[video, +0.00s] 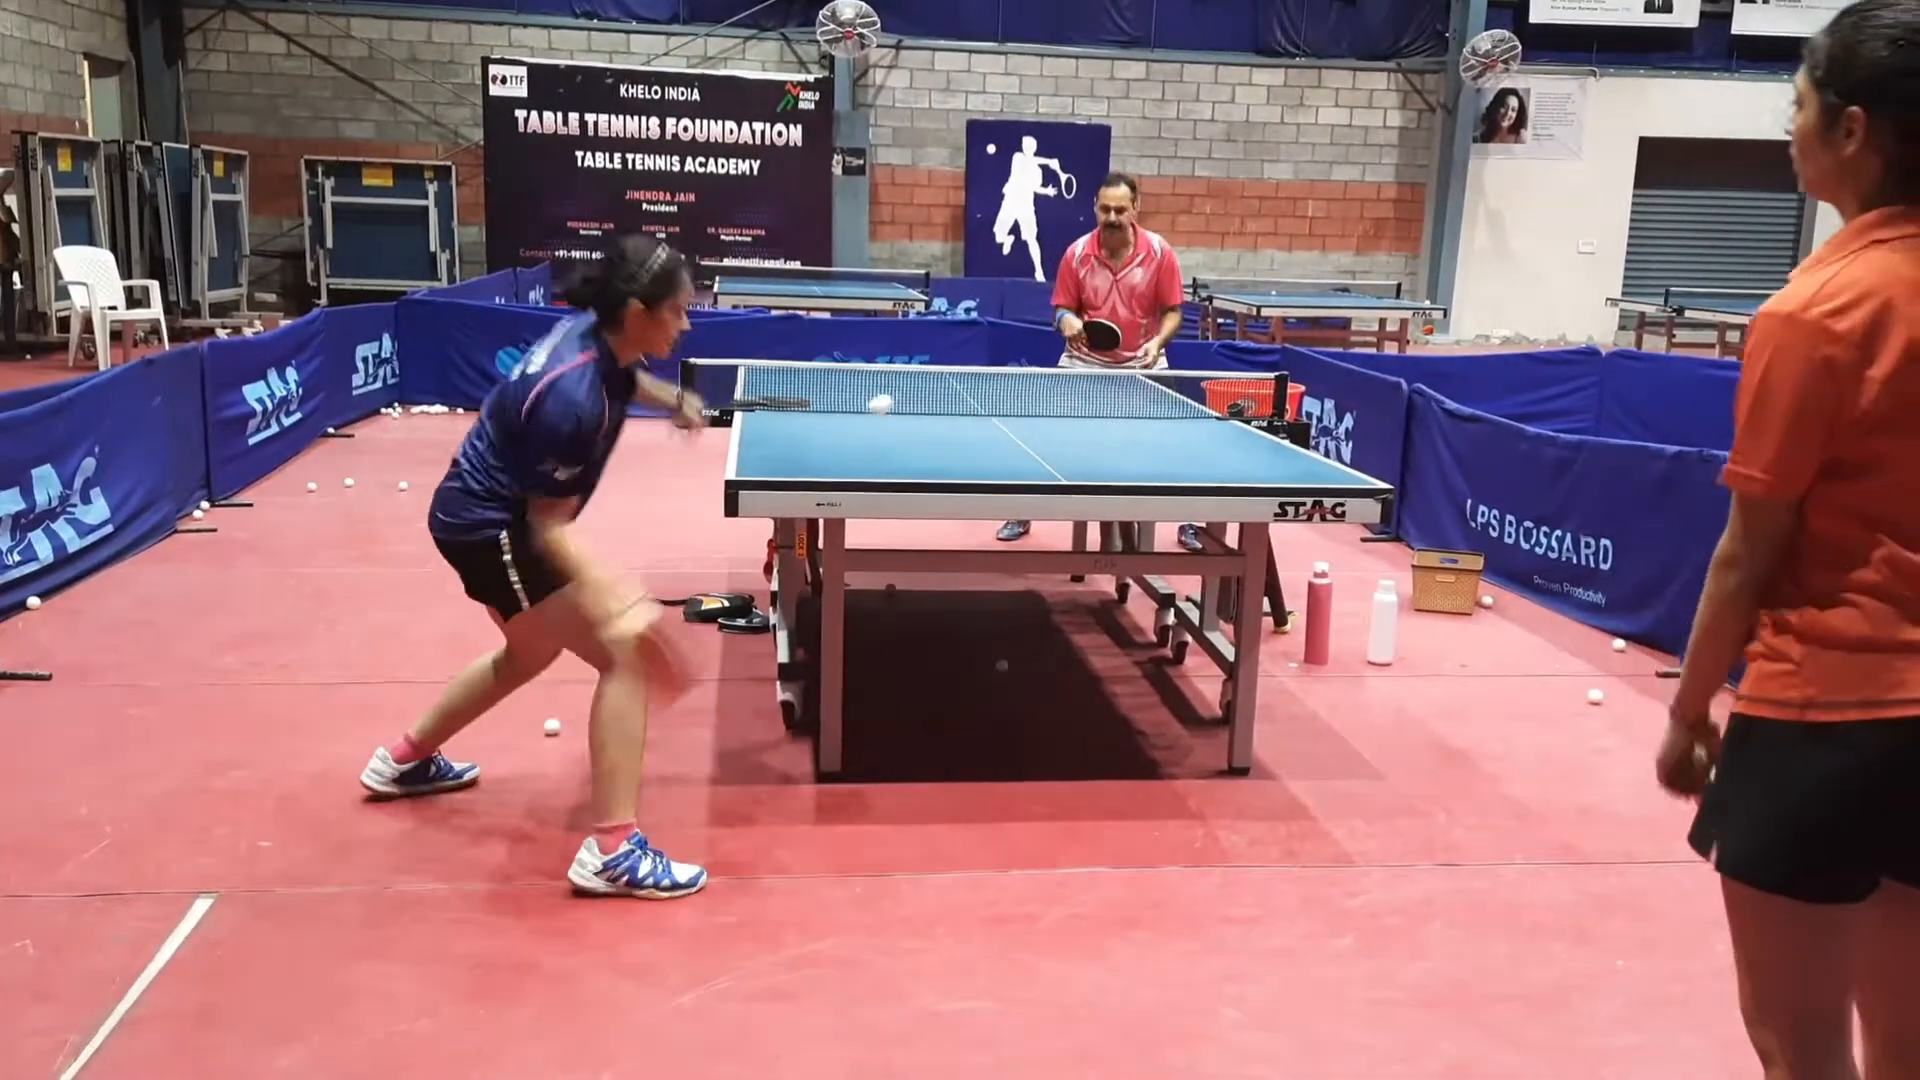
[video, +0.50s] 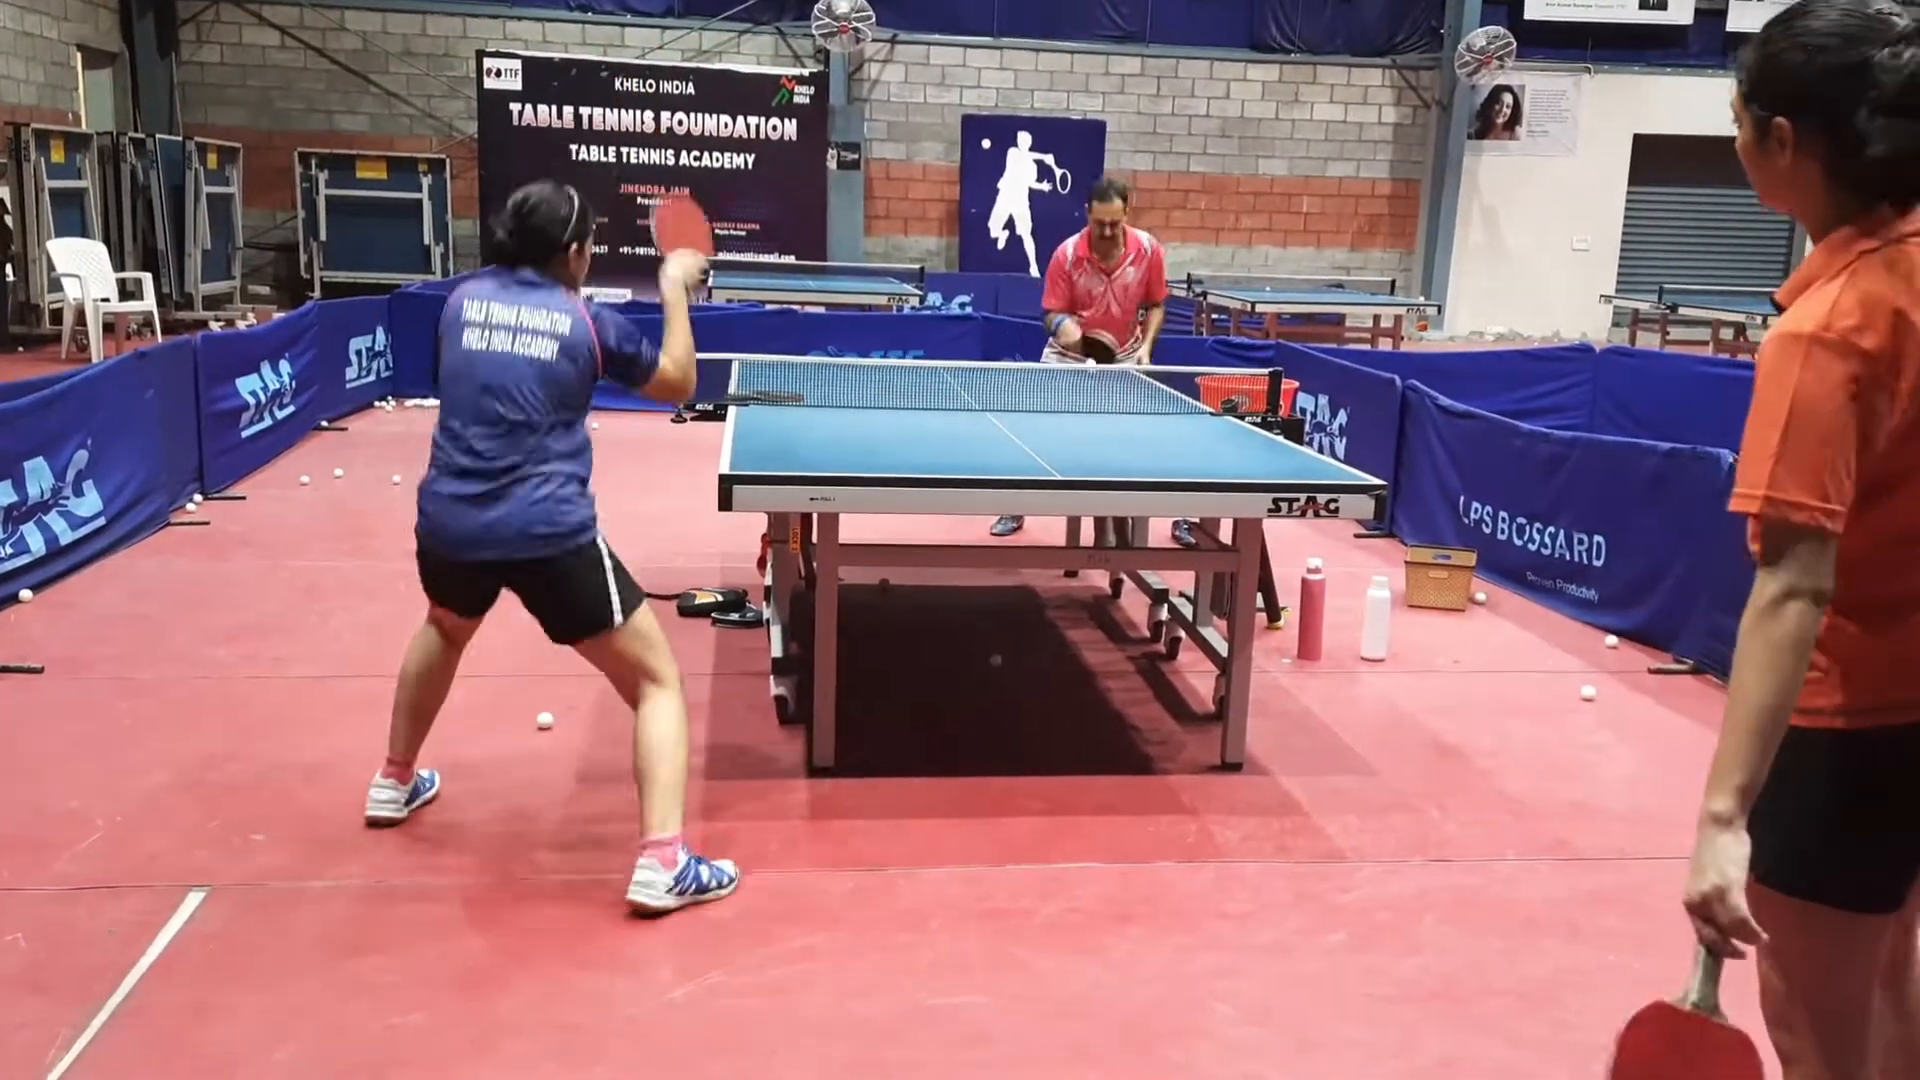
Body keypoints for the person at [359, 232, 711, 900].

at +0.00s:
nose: (685, 326)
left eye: (686, 311)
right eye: (679, 313)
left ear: (630, 310)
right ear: (635, 314)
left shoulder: (592, 328)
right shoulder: (574, 399)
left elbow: (616, 375)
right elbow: (550, 526)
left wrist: (675, 399)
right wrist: (615, 605)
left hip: (481, 512)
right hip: (490, 526)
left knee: (529, 651)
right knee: (627, 654)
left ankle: (404, 757)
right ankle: (614, 846)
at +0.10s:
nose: (656, 273)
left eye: (659, 258)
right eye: (650, 259)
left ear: (600, 249)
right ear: (606, 252)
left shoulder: (542, 279)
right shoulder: (576, 337)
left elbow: (596, 337)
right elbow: (661, 448)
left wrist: (681, 315)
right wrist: (750, 417)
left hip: (457, 494)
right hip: (499, 507)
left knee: (507, 632)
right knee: (628, 649)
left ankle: (403, 759)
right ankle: (613, 842)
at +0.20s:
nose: (647, 219)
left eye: (652, 208)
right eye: (641, 208)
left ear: (580, 202)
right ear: (598, 201)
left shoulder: (518, 235)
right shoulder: (601, 269)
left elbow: (577, 281)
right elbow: (729, 287)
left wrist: (639, 248)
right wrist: (729, 190)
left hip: (446, 470)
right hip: (514, 481)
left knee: (471, 613)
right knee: (617, 636)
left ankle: (406, 753)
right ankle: (618, 833)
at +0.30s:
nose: (633, 188)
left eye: (635, 175)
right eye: (626, 176)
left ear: (556, 172)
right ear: (598, 177)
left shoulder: (496, 220)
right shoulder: (605, 242)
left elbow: (565, 240)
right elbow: (710, 235)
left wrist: (616, 203)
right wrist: (663, 162)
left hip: (443, 456)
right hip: (530, 465)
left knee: (453, 607)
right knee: (624, 632)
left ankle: (407, 755)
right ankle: (633, 820)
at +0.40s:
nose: (606, 207)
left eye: (605, 194)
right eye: (603, 196)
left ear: (526, 192)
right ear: (582, 202)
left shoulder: (472, 250)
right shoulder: (596, 269)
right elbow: (685, 307)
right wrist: (658, 211)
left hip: (445, 483)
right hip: (541, 489)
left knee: (445, 624)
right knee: (638, 650)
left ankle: (395, 781)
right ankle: (662, 834)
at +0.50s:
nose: (589, 253)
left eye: (586, 241)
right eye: (586, 243)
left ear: (508, 243)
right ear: (571, 252)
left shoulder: (459, 301)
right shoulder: (587, 322)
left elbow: (462, 378)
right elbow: (678, 382)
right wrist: (674, 285)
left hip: (451, 528)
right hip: (550, 535)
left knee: (444, 628)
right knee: (654, 679)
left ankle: (392, 781)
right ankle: (664, 857)